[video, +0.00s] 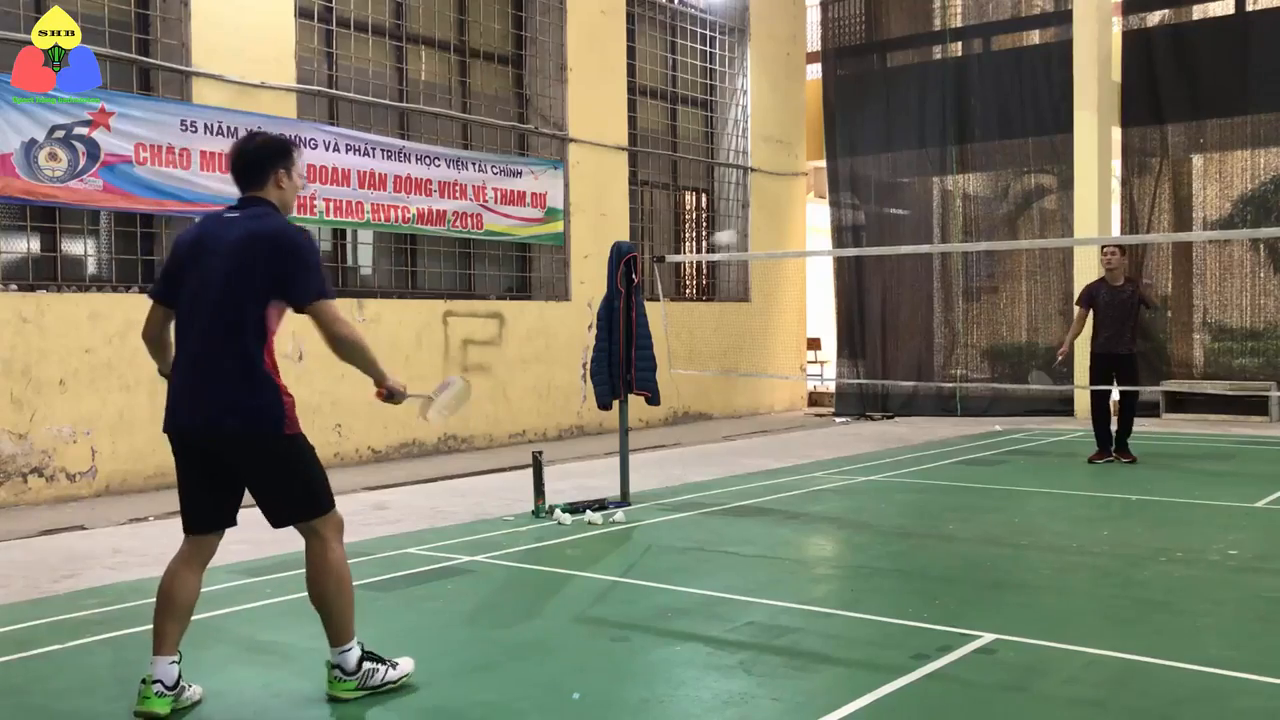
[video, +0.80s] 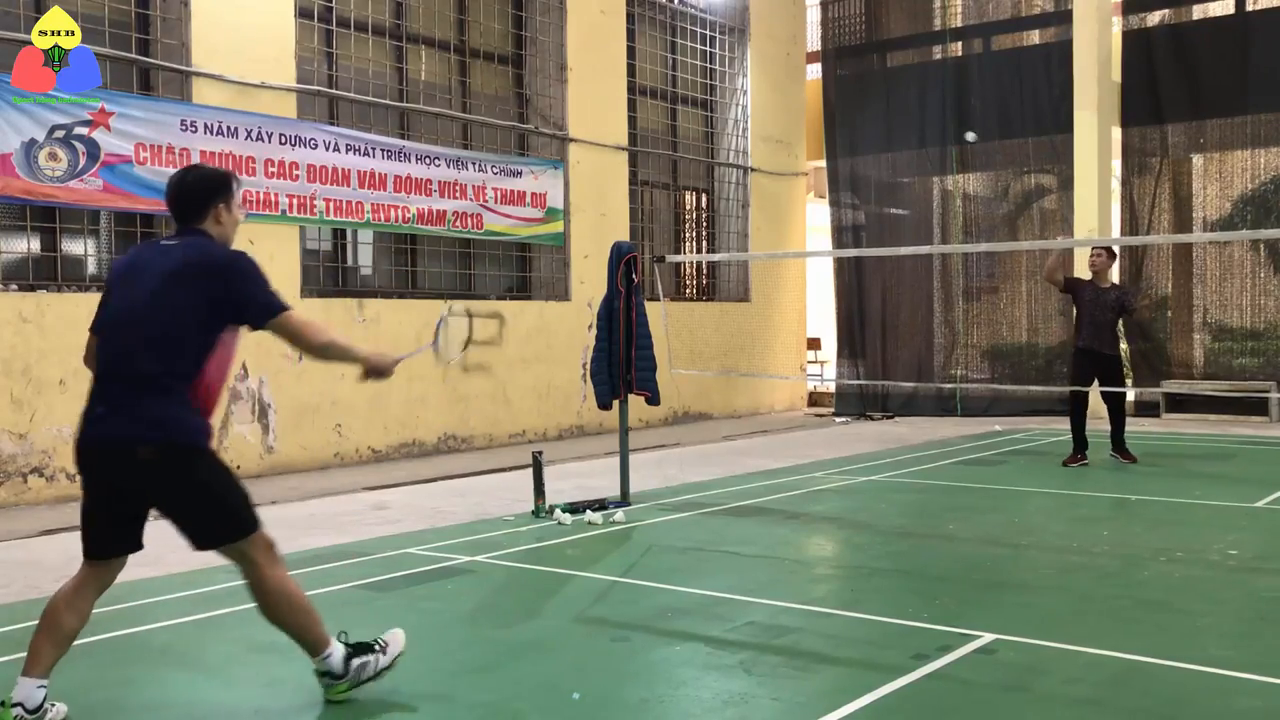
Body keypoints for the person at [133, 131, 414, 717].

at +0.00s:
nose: (300, 188)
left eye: (298, 177)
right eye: (297, 177)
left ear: (243, 180)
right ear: (279, 178)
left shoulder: (196, 235)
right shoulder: (286, 239)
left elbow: (154, 331)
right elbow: (337, 330)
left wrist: (177, 375)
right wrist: (381, 374)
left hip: (191, 416)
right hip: (258, 416)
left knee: (197, 542)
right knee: (324, 529)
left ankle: (161, 679)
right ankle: (349, 664)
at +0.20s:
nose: (346, 203)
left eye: (346, 194)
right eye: (345, 194)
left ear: (285, 193)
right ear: (331, 195)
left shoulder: (236, 238)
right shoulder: (346, 245)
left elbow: (177, 322)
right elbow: (434, 299)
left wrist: (166, 379)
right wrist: (427, 365)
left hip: (211, 410)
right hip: (284, 415)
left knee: (205, 524)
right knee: (343, 529)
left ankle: (167, 659)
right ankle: (353, 664)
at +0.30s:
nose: (351, 205)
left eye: (349, 196)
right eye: (350, 197)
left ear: (292, 194)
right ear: (340, 198)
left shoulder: (241, 236)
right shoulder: (359, 246)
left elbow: (177, 315)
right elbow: (451, 281)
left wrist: (158, 369)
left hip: (213, 411)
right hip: (289, 416)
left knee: (193, 527)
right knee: (344, 529)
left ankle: (165, 663)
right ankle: (354, 664)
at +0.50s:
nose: (330, 200)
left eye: (326, 190)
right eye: (327, 191)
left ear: (269, 189)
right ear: (314, 192)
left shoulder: (219, 234)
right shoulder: (336, 236)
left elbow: (148, 310)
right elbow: (438, 240)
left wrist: (123, 364)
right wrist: (506, 237)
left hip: (196, 412)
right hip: (276, 416)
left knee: (153, 534)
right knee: (335, 528)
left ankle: (104, 667)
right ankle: (354, 663)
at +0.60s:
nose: (300, 197)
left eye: (296, 186)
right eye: (297, 188)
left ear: (239, 190)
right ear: (284, 192)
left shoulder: (188, 246)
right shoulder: (307, 243)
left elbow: (125, 327)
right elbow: (414, 255)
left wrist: (106, 391)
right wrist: (482, 261)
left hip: (177, 430)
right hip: (256, 430)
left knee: (128, 546)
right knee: (326, 532)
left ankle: (54, 670)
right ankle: (354, 662)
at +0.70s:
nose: (263, 206)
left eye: (259, 196)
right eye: (259, 197)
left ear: (205, 204)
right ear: (244, 203)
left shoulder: (155, 260)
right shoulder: (266, 257)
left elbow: (101, 350)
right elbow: (362, 300)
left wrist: (107, 410)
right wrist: (424, 311)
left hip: (145, 439)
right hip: (219, 441)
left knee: (104, 565)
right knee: (303, 543)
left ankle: (28, 689)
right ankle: (352, 663)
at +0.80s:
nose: (239, 218)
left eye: (236, 207)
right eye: (236, 208)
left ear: (178, 213)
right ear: (219, 211)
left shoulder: (133, 261)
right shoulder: (227, 265)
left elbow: (93, 354)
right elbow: (304, 336)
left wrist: (160, 385)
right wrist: (365, 357)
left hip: (101, 440)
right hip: (172, 441)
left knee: (97, 568)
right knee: (257, 554)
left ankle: (25, 696)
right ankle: (334, 662)